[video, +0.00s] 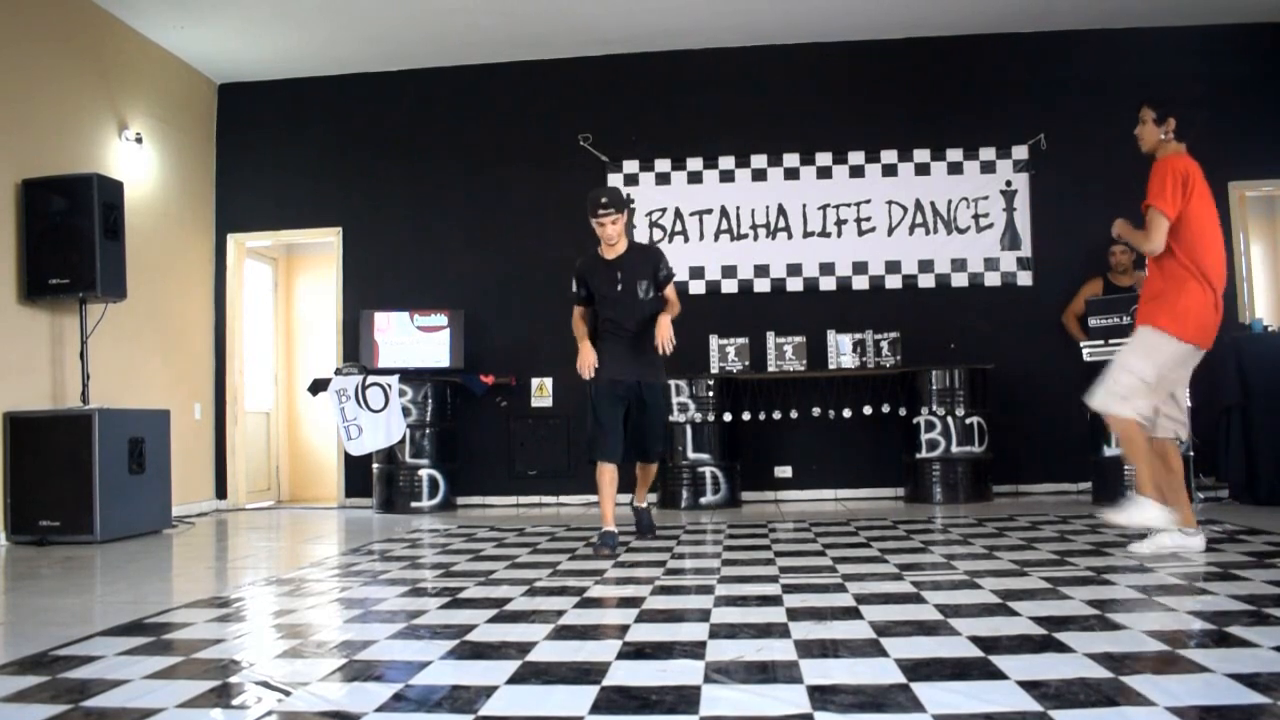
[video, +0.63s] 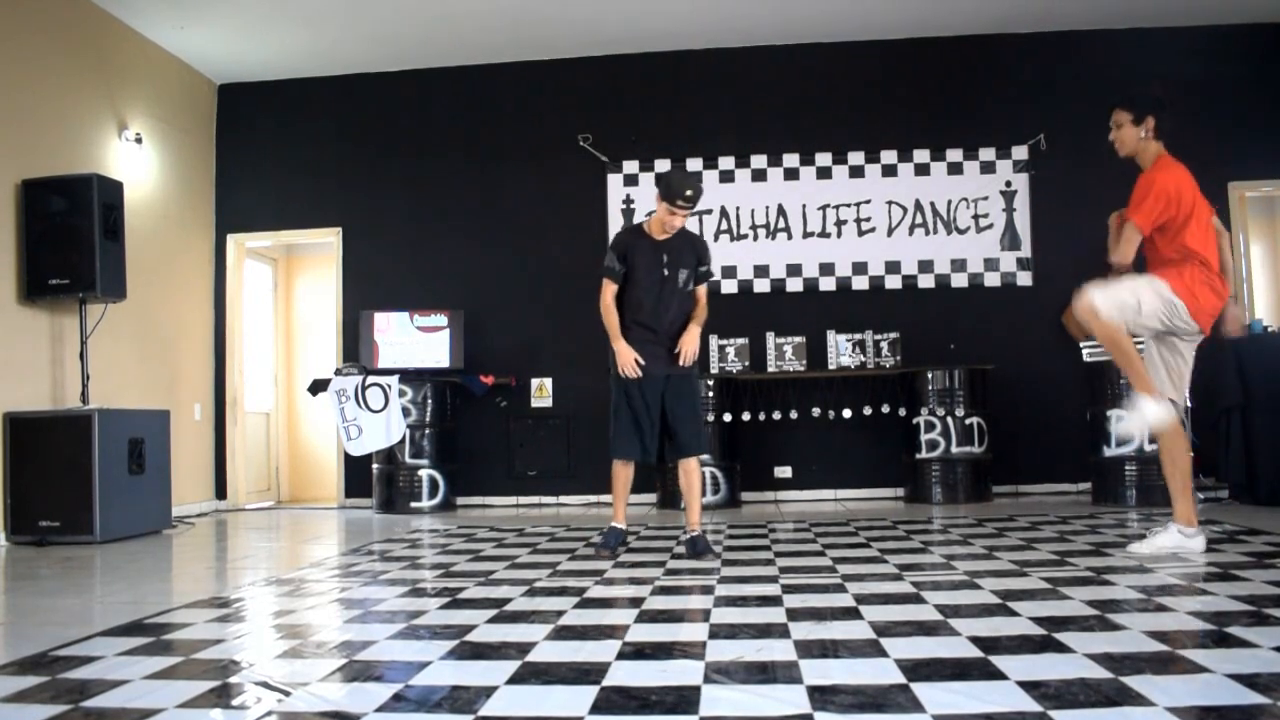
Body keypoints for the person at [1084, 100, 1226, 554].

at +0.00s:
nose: (1136, 131)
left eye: (1142, 122)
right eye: (1137, 123)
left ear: (1167, 126)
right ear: (1166, 127)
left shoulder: (1170, 166)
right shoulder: (1184, 169)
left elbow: (1153, 241)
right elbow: (1182, 249)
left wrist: (1124, 230)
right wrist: (1144, 248)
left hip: (1175, 310)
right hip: (1194, 315)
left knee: (1114, 399)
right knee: (1157, 425)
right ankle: (1184, 528)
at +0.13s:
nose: (1122, 139)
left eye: (1128, 131)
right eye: (1123, 131)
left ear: (1153, 134)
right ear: (1153, 135)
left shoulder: (1158, 172)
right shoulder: (1170, 174)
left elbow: (1133, 250)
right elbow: (1168, 258)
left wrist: (1116, 233)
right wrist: (1120, 260)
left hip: (1183, 292)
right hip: (1191, 305)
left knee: (1076, 289)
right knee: (1144, 412)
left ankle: (1041, 398)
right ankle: (1183, 525)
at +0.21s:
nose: (1111, 148)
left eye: (1116, 140)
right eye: (1112, 140)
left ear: (1140, 144)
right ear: (1143, 145)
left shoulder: (1142, 184)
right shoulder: (1163, 180)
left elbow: (1112, 257)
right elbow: (1130, 261)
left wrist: (1075, 307)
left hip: (1182, 283)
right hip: (1165, 308)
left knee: (1101, 211)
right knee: (1127, 408)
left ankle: (1026, 298)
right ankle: (1175, 516)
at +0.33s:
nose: (1105, 166)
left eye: (1105, 158)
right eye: (1104, 159)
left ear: (1114, 157)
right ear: (1145, 150)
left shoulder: (1171, 177)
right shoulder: (1114, 216)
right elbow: (1109, 282)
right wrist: (1116, 276)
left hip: (1181, 282)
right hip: (1143, 314)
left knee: (1164, 170)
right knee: (1104, 408)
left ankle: (1058, 223)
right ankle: (1159, 510)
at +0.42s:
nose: (1109, 168)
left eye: (1107, 161)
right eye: (1111, 162)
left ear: (1111, 162)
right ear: (1149, 152)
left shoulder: (1175, 181)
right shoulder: (1124, 211)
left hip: (1186, 288)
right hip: (1148, 318)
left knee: (1146, 179)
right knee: (1106, 409)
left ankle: (1073, 262)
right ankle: (1164, 511)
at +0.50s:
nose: (1104, 153)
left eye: (1106, 146)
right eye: (1104, 146)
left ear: (1125, 149)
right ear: (1148, 147)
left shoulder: (1138, 192)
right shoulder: (1182, 181)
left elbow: (1120, 266)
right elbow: (1227, 233)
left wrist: (1095, 295)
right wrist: (1197, 266)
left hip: (1180, 290)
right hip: (1165, 313)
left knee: (1113, 204)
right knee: (1127, 411)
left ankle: (1097, 311)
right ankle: (1177, 518)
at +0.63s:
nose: (1111, 136)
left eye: (1118, 127)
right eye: (1111, 128)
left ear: (1147, 128)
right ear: (1141, 132)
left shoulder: (1158, 177)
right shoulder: (1176, 174)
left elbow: (1121, 258)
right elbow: (1222, 234)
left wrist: (1114, 230)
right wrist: (1229, 297)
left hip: (1183, 291)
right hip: (1195, 298)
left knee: (1089, 302)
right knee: (1165, 410)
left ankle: (1150, 400)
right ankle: (1186, 529)